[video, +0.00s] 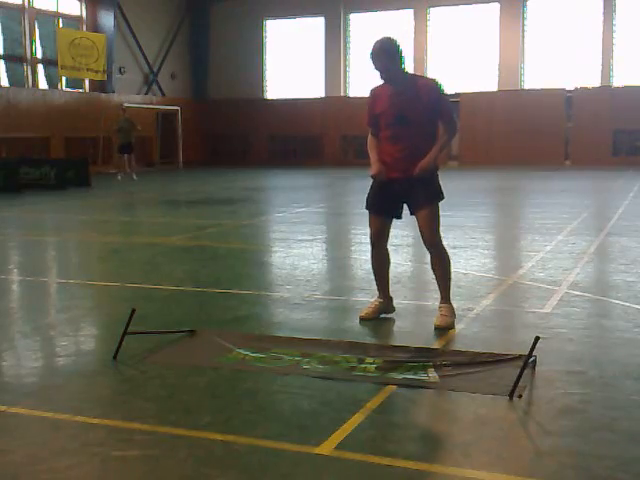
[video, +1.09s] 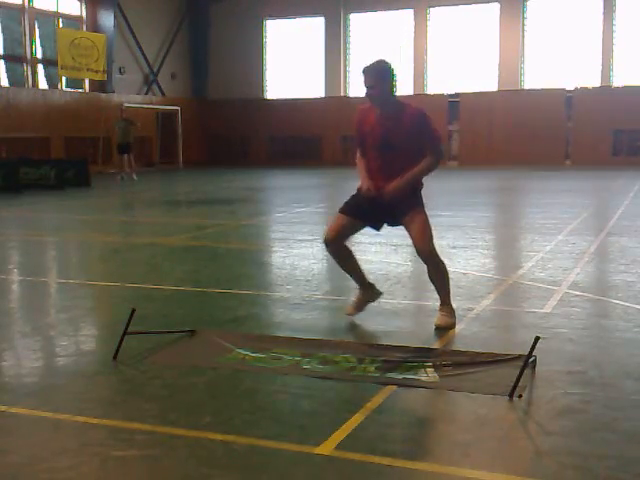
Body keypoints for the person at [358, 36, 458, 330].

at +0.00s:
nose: (378, 68)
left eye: (382, 62)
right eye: (375, 63)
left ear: (397, 58)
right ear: (374, 64)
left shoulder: (427, 88)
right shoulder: (377, 94)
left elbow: (450, 127)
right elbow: (372, 134)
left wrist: (432, 158)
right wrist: (375, 162)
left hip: (420, 178)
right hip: (385, 179)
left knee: (432, 241)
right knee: (377, 239)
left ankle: (445, 304)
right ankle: (384, 299)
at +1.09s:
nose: (369, 93)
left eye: (374, 87)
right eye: (366, 87)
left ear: (390, 85)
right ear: (365, 87)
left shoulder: (414, 116)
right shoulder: (365, 114)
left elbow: (435, 156)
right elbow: (361, 151)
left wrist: (402, 182)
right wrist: (364, 179)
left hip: (406, 193)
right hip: (372, 191)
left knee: (426, 251)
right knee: (332, 239)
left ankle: (446, 306)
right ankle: (366, 288)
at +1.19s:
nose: (346, 84)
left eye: (351, 79)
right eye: (344, 79)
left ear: (366, 77)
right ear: (344, 79)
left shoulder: (390, 107)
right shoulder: (345, 108)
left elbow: (410, 147)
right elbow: (343, 140)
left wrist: (370, 162)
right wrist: (342, 165)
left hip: (387, 191)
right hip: (352, 189)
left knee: (415, 247)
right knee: (308, 228)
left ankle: (445, 305)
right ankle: (327, 287)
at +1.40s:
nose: (294, 94)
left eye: (297, 88)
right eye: (289, 90)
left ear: (306, 85)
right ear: (285, 91)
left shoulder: (335, 110)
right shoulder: (288, 113)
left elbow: (357, 144)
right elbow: (287, 141)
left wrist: (329, 161)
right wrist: (284, 171)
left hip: (338, 187)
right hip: (304, 187)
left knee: (368, 241)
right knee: (270, 241)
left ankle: (396, 289)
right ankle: (255, 293)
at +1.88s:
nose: (297, 126)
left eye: (300, 120)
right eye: (293, 121)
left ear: (306, 117)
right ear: (284, 121)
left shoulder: (326, 132)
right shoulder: (275, 148)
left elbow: (363, 126)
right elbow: (245, 178)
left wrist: (398, 130)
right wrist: (247, 174)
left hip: (334, 205)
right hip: (299, 208)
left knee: (362, 232)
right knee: (263, 256)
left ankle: (359, 292)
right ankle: (254, 299)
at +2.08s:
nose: (373, 77)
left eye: (378, 72)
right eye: (369, 72)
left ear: (386, 75)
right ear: (361, 77)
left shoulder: (401, 99)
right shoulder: (350, 111)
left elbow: (446, 88)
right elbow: (336, 151)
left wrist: (490, 91)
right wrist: (381, 151)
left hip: (390, 189)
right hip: (353, 190)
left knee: (435, 226)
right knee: (314, 242)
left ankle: (462, 287)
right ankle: (281, 286)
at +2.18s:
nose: (416, 99)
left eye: (422, 93)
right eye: (412, 93)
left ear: (430, 92)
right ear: (405, 91)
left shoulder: (442, 110)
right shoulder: (386, 121)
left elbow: (490, 109)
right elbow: (364, 164)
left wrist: (530, 124)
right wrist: (403, 175)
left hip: (425, 195)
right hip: (387, 195)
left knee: (462, 252)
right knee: (339, 249)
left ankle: (510, 308)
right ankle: (336, 282)